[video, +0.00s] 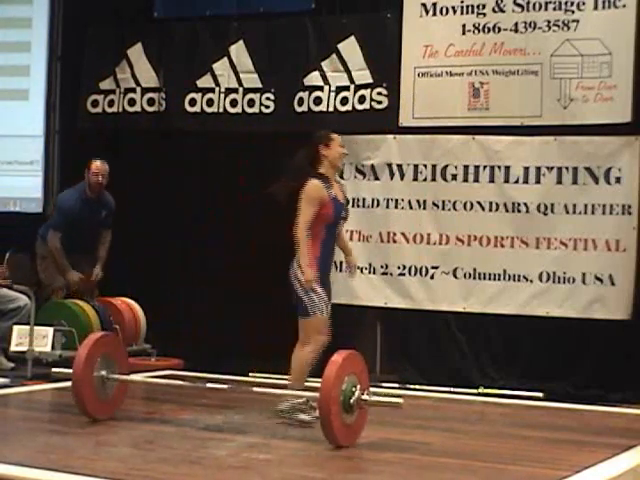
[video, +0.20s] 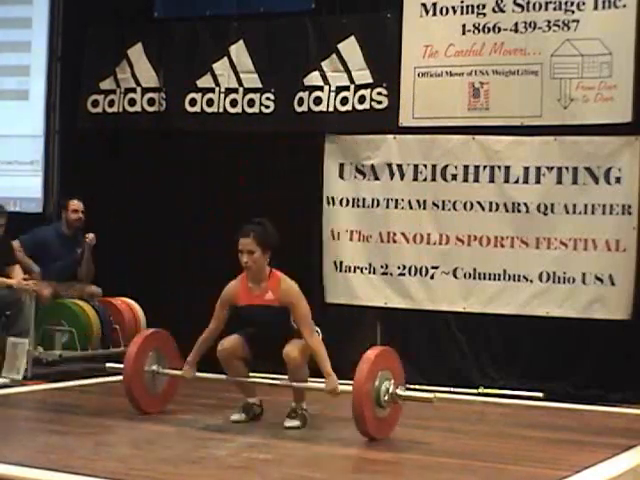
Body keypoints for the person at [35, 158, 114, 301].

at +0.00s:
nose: (100, 180)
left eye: (103, 176)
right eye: (95, 175)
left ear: (107, 178)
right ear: (87, 175)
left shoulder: (107, 203)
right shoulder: (68, 200)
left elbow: (105, 236)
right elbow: (53, 239)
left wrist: (99, 265)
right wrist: (68, 272)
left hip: (81, 246)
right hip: (51, 245)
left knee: (88, 288)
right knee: (57, 287)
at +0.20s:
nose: (80, 216)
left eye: (82, 213)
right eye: (75, 212)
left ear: (85, 215)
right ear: (64, 214)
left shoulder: (81, 240)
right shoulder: (47, 234)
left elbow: (84, 279)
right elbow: (15, 246)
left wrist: (88, 250)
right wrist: (34, 269)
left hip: (67, 285)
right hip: (43, 284)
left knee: (95, 292)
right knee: (45, 293)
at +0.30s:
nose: (78, 214)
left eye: (81, 210)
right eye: (73, 210)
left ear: (83, 213)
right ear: (62, 213)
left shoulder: (80, 239)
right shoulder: (44, 234)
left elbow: (83, 278)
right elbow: (17, 250)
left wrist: (87, 251)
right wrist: (39, 268)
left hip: (66, 284)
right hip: (40, 283)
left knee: (95, 292)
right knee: (45, 293)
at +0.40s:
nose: (78, 213)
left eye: (80, 209)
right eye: (73, 209)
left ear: (82, 212)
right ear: (62, 212)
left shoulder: (79, 238)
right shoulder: (42, 234)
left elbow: (80, 277)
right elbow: (21, 258)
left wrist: (84, 260)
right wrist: (47, 271)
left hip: (65, 284)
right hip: (40, 283)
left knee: (94, 292)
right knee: (46, 294)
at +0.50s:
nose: (78, 212)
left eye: (80, 208)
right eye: (73, 208)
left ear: (81, 210)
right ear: (61, 211)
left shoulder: (79, 238)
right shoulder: (41, 236)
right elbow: (28, 265)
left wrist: (82, 269)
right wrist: (56, 278)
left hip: (69, 285)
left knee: (95, 292)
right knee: (46, 293)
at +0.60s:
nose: (79, 212)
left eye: (81, 208)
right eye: (74, 207)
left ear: (82, 210)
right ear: (62, 211)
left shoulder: (79, 238)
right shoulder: (42, 235)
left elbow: (80, 267)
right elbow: (33, 269)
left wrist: (79, 280)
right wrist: (60, 284)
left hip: (68, 284)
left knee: (95, 292)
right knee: (46, 293)